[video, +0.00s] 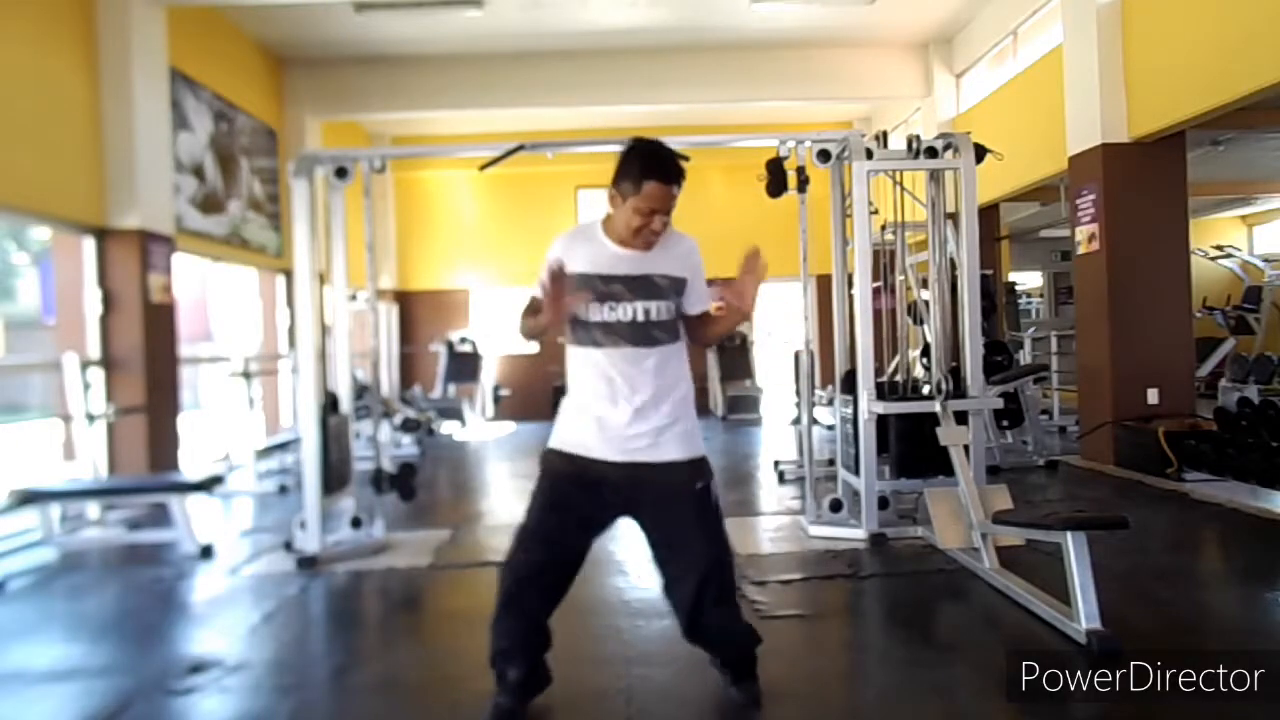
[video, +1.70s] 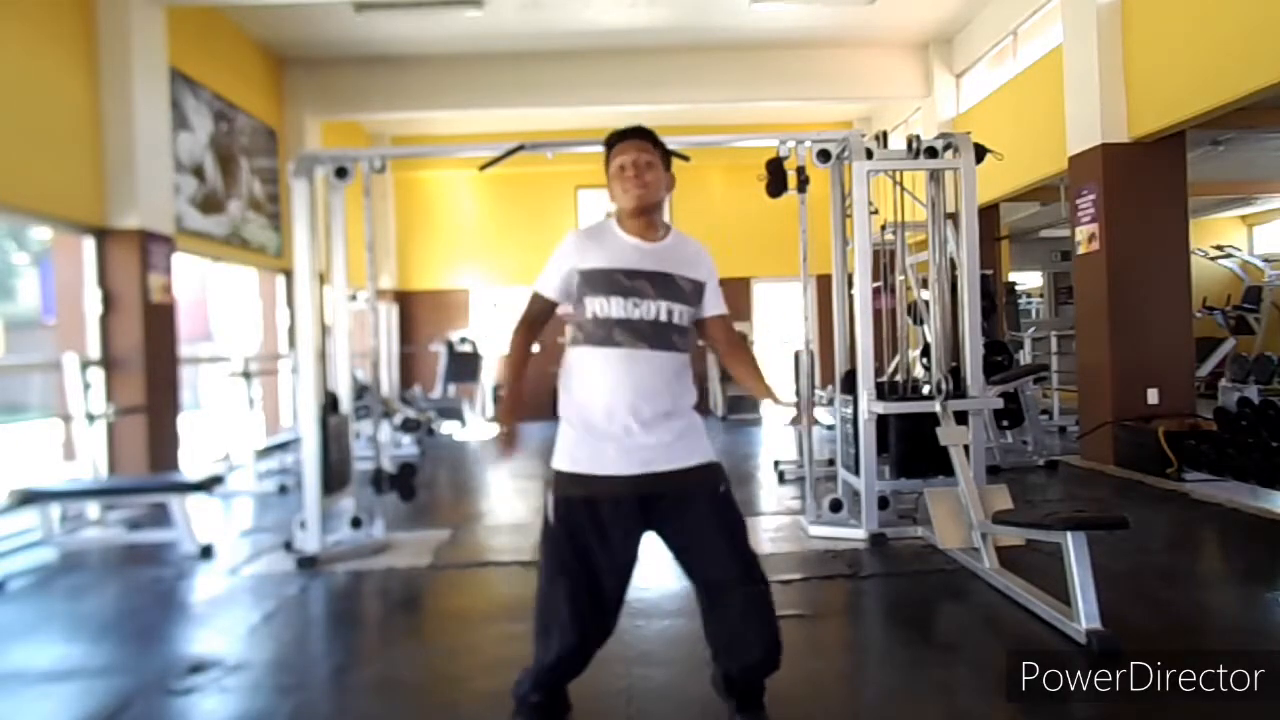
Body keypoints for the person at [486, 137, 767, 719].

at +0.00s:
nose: (658, 224)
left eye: (667, 212)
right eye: (647, 212)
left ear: (675, 203)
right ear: (615, 196)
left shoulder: (683, 253)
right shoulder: (572, 249)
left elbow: (699, 333)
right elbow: (530, 325)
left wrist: (734, 315)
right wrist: (548, 322)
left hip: (670, 452)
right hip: (582, 449)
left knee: (705, 584)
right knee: (526, 576)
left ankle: (740, 671)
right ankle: (514, 687)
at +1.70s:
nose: (635, 175)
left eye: (647, 165)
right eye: (623, 169)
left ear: (668, 179)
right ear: (608, 187)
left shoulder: (692, 256)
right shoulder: (579, 249)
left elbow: (725, 338)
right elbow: (527, 329)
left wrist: (767, 396)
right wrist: (509, 408)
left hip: (681, 453)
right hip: (591, 458)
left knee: (735, 582)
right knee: (573, 599)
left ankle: (747, 698)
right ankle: (540, 702)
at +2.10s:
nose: (629, 196)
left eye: (639, 179)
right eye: (618, 186)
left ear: (673, 171)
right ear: (610, 190)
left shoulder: (714, 237)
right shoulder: (597, 254)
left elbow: (746, 331)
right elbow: (555, 352)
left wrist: (752, 409)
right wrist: (511, 436)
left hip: (691, 457)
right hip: (600, 467)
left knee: (746, 595)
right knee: (585, 618)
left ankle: (767, 707)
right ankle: (564, 708)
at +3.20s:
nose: (650, 159)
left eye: (664, 144)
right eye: (633, 147)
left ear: (683, 156)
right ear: (613, 164)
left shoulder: (725, 240)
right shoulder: (587, 249)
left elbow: (769, 333)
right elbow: (531, 337)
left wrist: (816, 396)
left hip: (710, 484)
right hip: (601, 490)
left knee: (783, 656)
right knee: (567, 674)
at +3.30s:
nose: (657, 157)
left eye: (670, 142)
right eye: (639, 147)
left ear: (693, 154)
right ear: (620, 167)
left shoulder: (731, 233)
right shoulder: (594, 249)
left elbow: (757, 321)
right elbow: (547, 333)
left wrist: (758, 338)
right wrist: (485, 360)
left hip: (717, 491)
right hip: (608, 492)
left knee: (766, 678)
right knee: (565, 676)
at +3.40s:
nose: (659, 141)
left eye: (672, 127)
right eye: (642, 131)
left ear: (694, 141)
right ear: (623, 151)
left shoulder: (729, 231)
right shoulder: (591, 231)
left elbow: (735, 333)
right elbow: (556, 334)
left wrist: (793, 308)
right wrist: (547, 307)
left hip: (723, 487)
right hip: (614, 486)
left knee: (765, 691)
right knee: (564, 691)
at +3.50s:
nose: (657, 139)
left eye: (671, 127)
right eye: (639, 130)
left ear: (691, 144)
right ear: (619, 150)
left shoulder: (722, 236)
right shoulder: (586, 227)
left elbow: (746, 338)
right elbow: (538, 318)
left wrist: (823, 354)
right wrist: (549, 339)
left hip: (720, 486)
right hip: (606, 488)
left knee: (778, 679)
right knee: (571, 686)